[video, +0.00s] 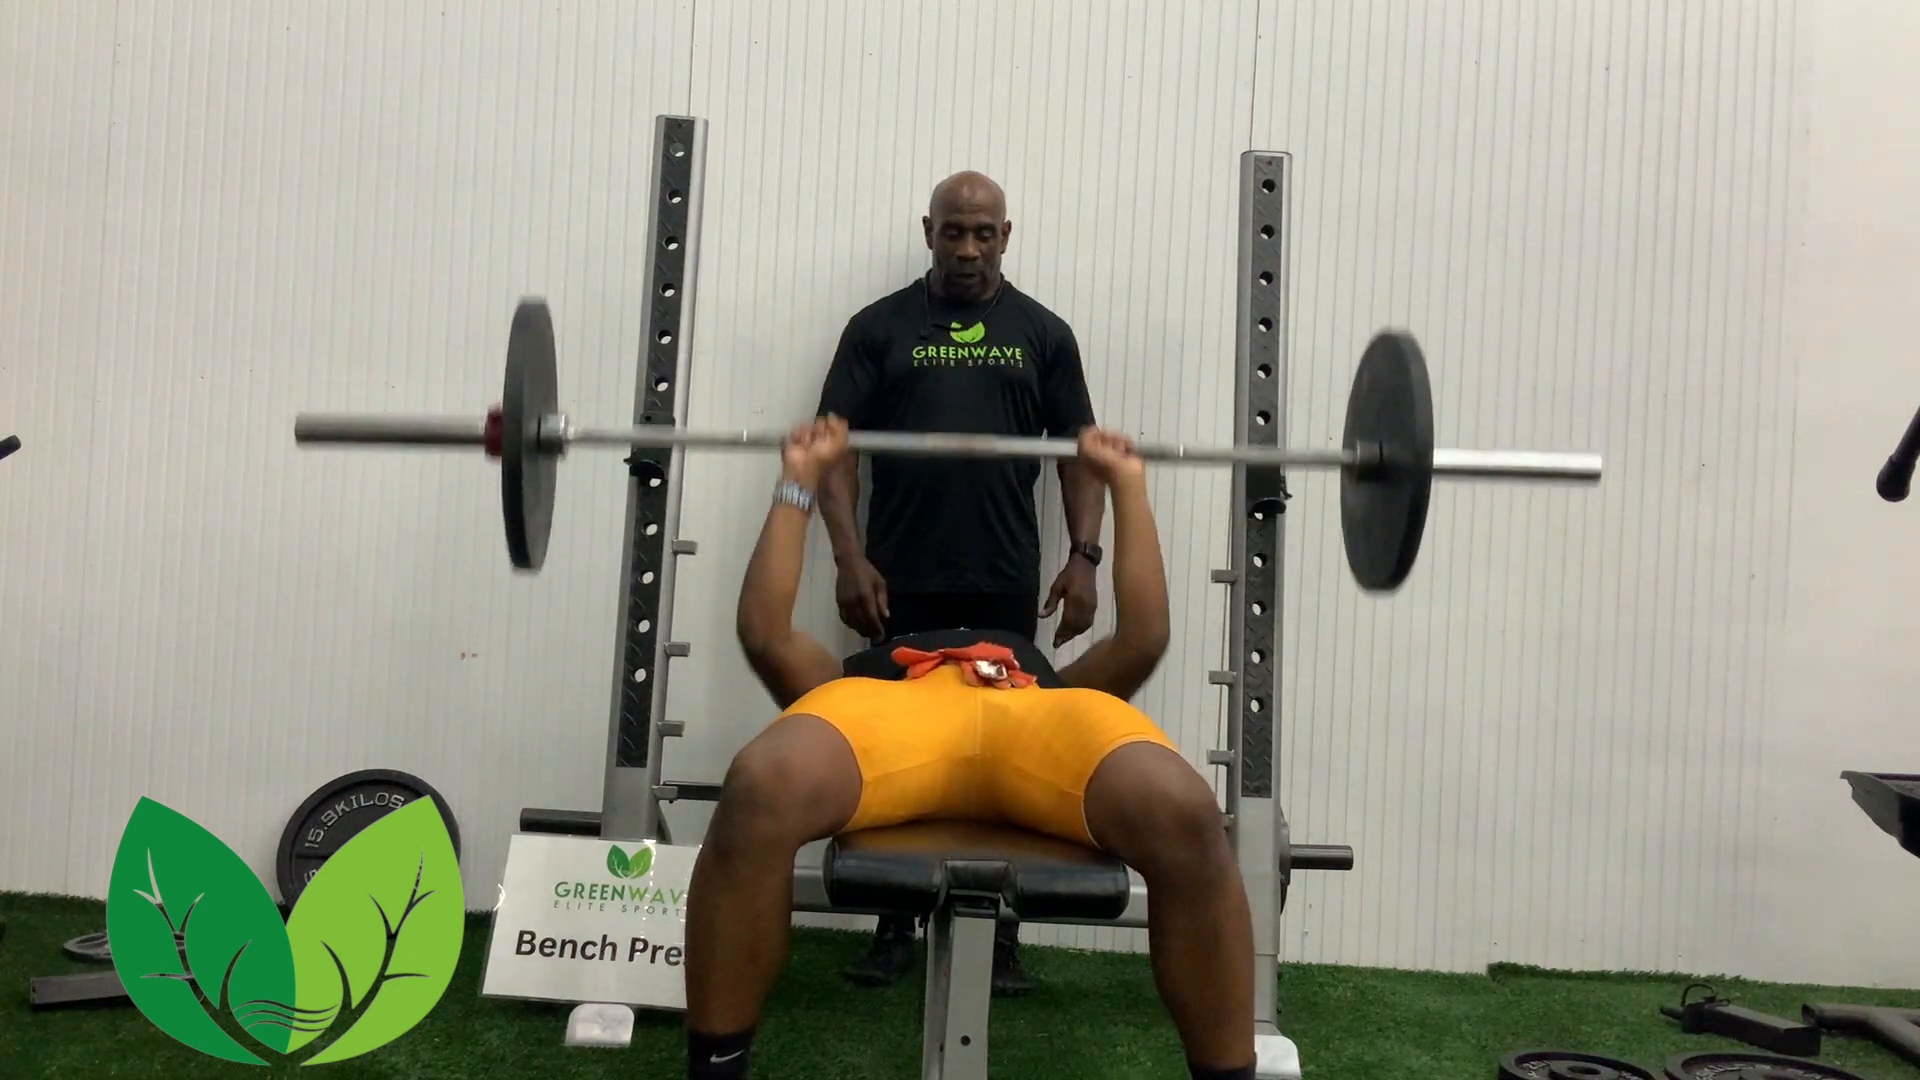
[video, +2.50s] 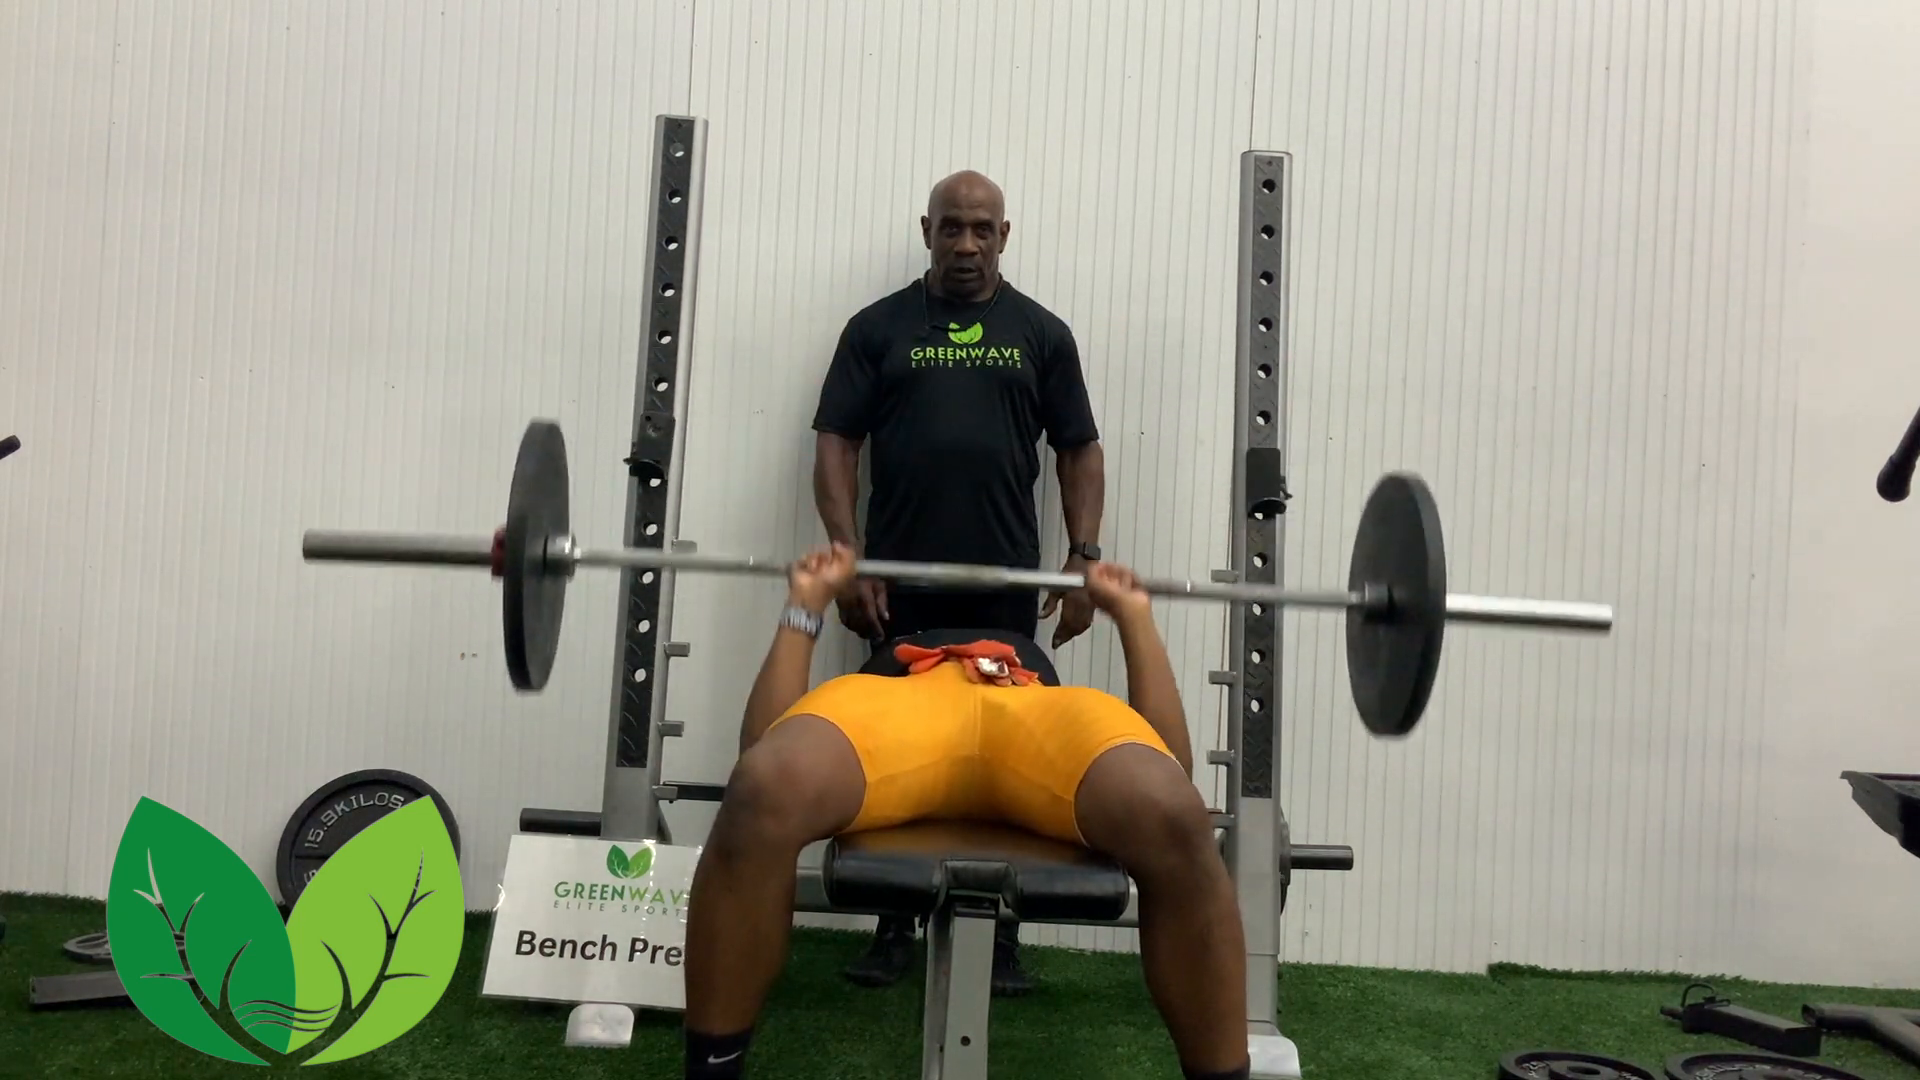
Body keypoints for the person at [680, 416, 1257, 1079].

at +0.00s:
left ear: (1026, 674)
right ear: (902, 656)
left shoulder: (1056, 685)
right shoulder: (857, 677)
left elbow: (1142, 634)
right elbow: (765, 630)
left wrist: (1129, 485)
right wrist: (797, 488)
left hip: (1041, 711)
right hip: (881, 705)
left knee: (1188, 819)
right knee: (759, 785)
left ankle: (1230, 1073)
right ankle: (715, 1065)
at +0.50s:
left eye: (999, 663)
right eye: (935, 650)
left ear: (1019, 681)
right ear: (909, 651)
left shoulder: (1046, 698)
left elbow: (1156, 741)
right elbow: (730, 745)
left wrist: (1105, 595)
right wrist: (772, 604)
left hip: (1039, 713)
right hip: (880, 699)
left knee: (1189, 821)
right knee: (756, 794)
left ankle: (1230, 1073)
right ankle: (712, 1067)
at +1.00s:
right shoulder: (849, 662)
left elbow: (1106, 543)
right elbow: (794, 539)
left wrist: (1112, 385)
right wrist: (797, 388)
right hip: (879, 698)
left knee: (1187, 810)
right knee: (758, 790)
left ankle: (1229, 1072)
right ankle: (714, 1067)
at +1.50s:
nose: (970, 655)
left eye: (992, 654)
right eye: (942, 652)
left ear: (1016, 670)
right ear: (916, 662)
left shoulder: (1049, 701)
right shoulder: (877, 688)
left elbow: (1155, 756)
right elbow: (755, 775)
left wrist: (1122, 640)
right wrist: (788, 645)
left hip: (1045, 709)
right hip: (894, 695)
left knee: (1183, 819)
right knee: (755, 794)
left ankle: (1227, 1072)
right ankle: (710, 1070)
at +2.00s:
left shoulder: (1058, 684)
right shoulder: (858, 671)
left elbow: (1102, 554)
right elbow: (820, 539)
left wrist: (1125, 398)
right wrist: (813, 395)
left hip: (1045, 711)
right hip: (889, 702)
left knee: (1181, 814)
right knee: (756, 787)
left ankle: (1227, 1073)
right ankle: (714, 1069)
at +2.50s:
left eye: (999, 655)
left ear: (1028, 671)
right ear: (921, 648)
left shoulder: (1056, 700)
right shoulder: (885, 689)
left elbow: (1171, 772)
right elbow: (763, 754)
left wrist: (1136, 620)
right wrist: (803, 612)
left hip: (1053, 707)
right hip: (890, 698)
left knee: (1178, 823)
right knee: (761, 789)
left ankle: (1223, 1072)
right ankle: (711, 1066)